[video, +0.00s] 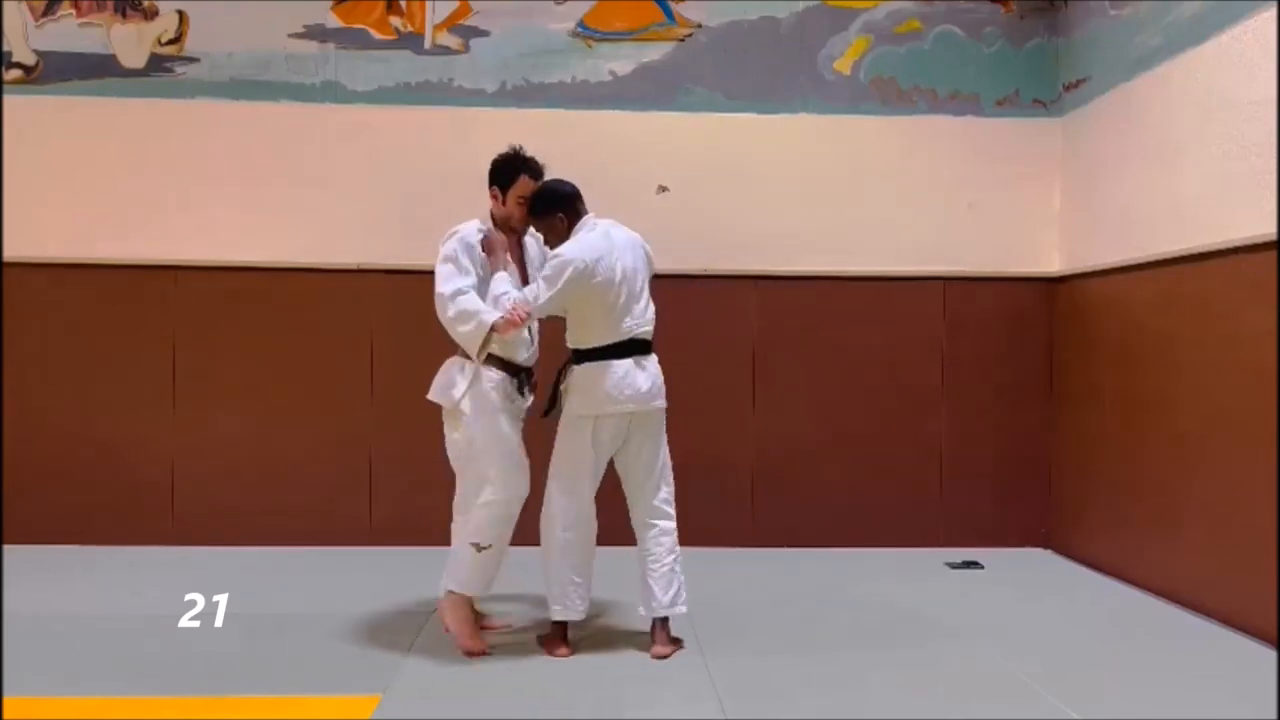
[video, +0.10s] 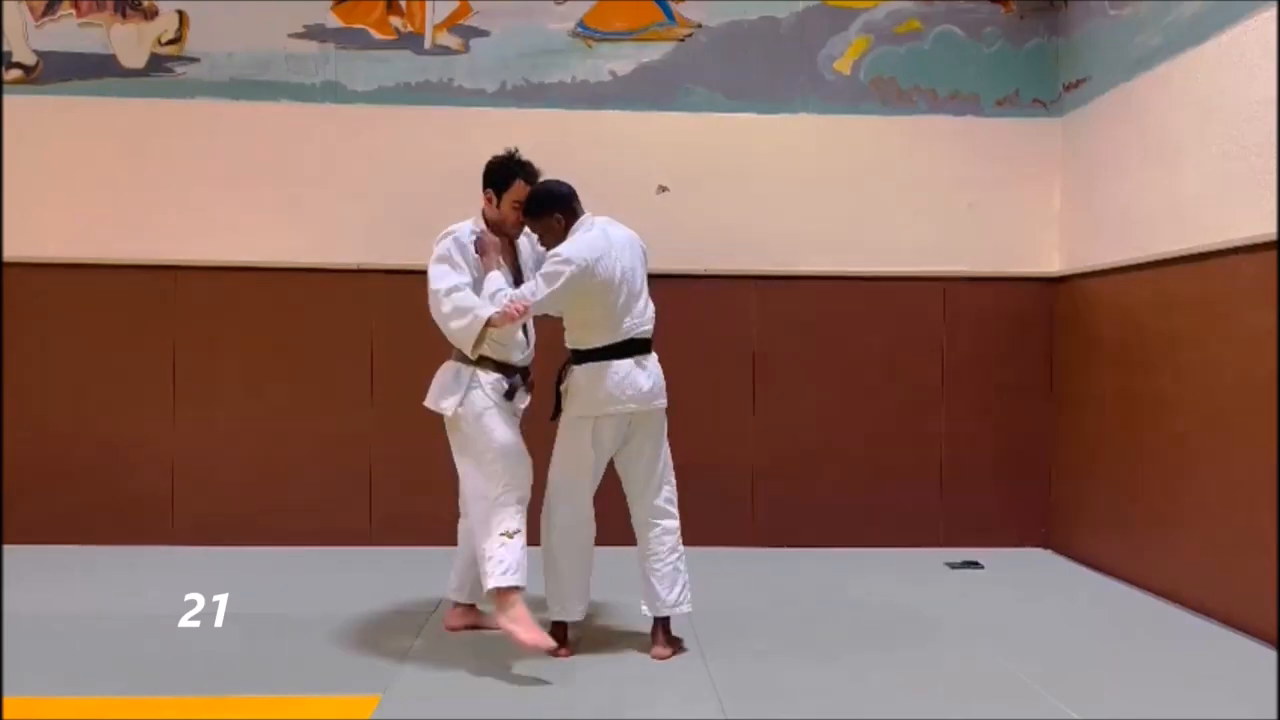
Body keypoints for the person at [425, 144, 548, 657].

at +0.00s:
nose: (530, 213)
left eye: (534, 203)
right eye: (523, 201)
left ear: (535, 201)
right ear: (496, 196)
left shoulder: (533, 244)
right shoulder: (464, 241)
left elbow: (554, 292)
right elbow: (454, 299)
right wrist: (492, 321)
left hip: (512, 386)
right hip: (478, 382)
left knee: (482, 490)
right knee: (509, 484)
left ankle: (466, 600)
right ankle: (456, 599)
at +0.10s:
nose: (524, 217)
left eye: (529, 207)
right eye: (517, 206)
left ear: (529, 205)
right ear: (489, 199)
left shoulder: (527, 244)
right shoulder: (455, 242)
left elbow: (556, 284)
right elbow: (449, 302)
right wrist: (493, 313)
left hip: (509, 386)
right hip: (473, 383)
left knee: (484, 493)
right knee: (513, 477)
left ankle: (463, 603)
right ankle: (509, 603)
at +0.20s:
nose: (520, 222)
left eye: (524, 213)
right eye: (512, 211)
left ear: (526, 210)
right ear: (484, 204)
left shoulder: (521, 248)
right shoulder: (455, 248)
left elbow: (559, 285)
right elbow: (453, 314)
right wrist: (494, 321)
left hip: (506, 393)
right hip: (475, 393)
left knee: (487, 503)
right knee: (517, 502)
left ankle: (465, 605)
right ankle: (543, 619)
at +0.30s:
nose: (524, 216)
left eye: (528, 205)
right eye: (517, 206)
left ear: (525, 200)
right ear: (489, 198)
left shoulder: (513, 237)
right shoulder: (461, 245)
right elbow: (453, 316)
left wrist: (591, 212)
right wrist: (496, 364)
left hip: (485, 379)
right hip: (464, 383)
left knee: (470, 488)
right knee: (531, 469)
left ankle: (466, 593)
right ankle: (537, 585)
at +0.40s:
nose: (533, 226)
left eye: (537, 216)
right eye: (524, 217)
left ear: (540, 210)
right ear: (493, 212)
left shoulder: (505, 238)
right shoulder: (462, 263)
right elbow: (481, 347)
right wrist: (516, 402)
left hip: (451, 372)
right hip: (453, 379)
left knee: (461, 483)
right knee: (536, 446)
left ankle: (463, 592)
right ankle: (515, 538)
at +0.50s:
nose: (534, 275)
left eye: (540, 266)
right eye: (527, 265)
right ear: (499, 252)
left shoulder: (503, 242)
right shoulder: (456, 293)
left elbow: (530, 279)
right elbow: (465, 379)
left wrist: (535, 318)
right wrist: (480, 448)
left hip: (457, 382)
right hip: (436, 393)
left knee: (451, 496)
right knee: (503, 486)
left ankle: (452, 598)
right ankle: (458, 597)